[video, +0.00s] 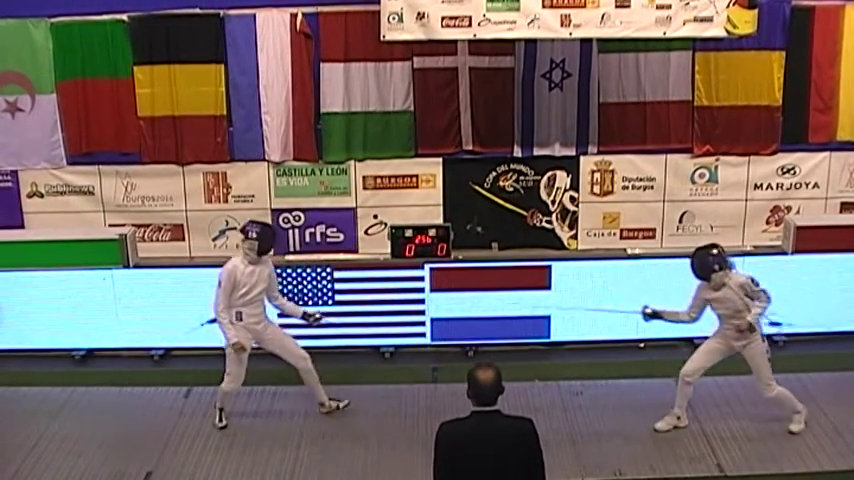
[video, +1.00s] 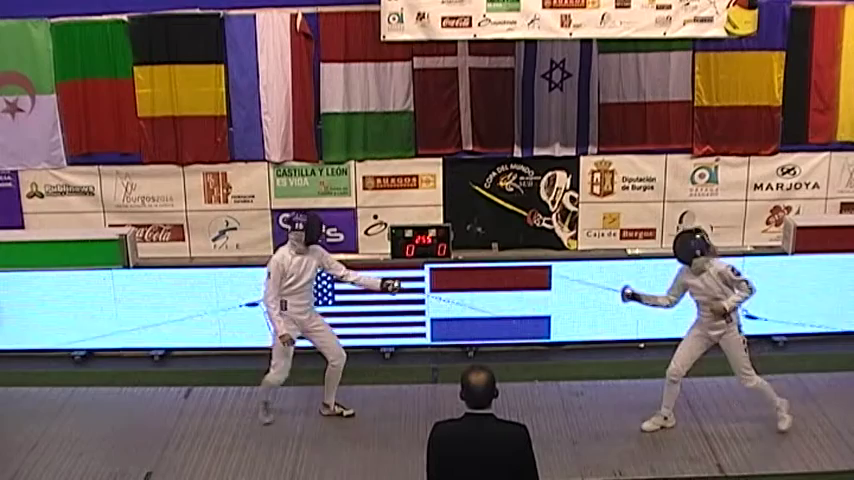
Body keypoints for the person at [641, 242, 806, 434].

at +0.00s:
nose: (713, 280)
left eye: (713, 275)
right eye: (710, 276)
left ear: (720, 269)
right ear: (707, 274)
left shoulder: (740, 281)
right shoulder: (704, 289)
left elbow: (763, 299)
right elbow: (691, 316)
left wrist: (751, 320)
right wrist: (659, 315)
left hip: (751, 339)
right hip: (723, 338)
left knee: (769, 390)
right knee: (687, 374)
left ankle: (799, 411)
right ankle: (678, 415)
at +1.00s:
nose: (692, 265)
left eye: (694, 260)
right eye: (689, 262)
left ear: (703, 254)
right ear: (687, 259)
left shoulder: (721, 269)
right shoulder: (685, 274)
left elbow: (748, 289)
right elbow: (669, 300)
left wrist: (728, 305)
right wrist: (637, 297)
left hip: (728, 330)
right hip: (702, 329)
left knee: (748, 379)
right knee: (674, 372)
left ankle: (780, 406)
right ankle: (665, 416)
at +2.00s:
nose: (760, 260)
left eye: (762, 256)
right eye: (757, 257)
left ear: (770, 248)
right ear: (754, 254)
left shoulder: (793, 259)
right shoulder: (755, 270)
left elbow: (819, 271)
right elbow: (752, 302)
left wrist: (808, 290)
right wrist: (720, 315)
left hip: (798, 325)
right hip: (768, 326)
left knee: (811, 378)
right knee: (741, 373)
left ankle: (822, 417)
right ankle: (735, 415)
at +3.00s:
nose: (789, 267)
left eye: (790, 262)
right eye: (785, 264)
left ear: (798, 256)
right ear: (782, 262)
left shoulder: (818, 273)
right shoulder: (781, 276)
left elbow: (842, 293)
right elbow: (764, 305)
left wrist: (825, 310)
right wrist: (732, 307)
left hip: (817, 334)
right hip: (790, 332)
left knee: (829, 380)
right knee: (758, 374)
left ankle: (842, 416)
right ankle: (742, 417)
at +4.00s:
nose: (842, 267)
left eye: (843, 262)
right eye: (836, 265)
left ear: (844, 258)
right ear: (826, 267)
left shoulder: (850, 274)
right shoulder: (823, 280)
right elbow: (817, 311)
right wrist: (784, 322)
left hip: (850, 334)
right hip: (836, 333)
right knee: (801, 372)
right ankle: (778, 412)